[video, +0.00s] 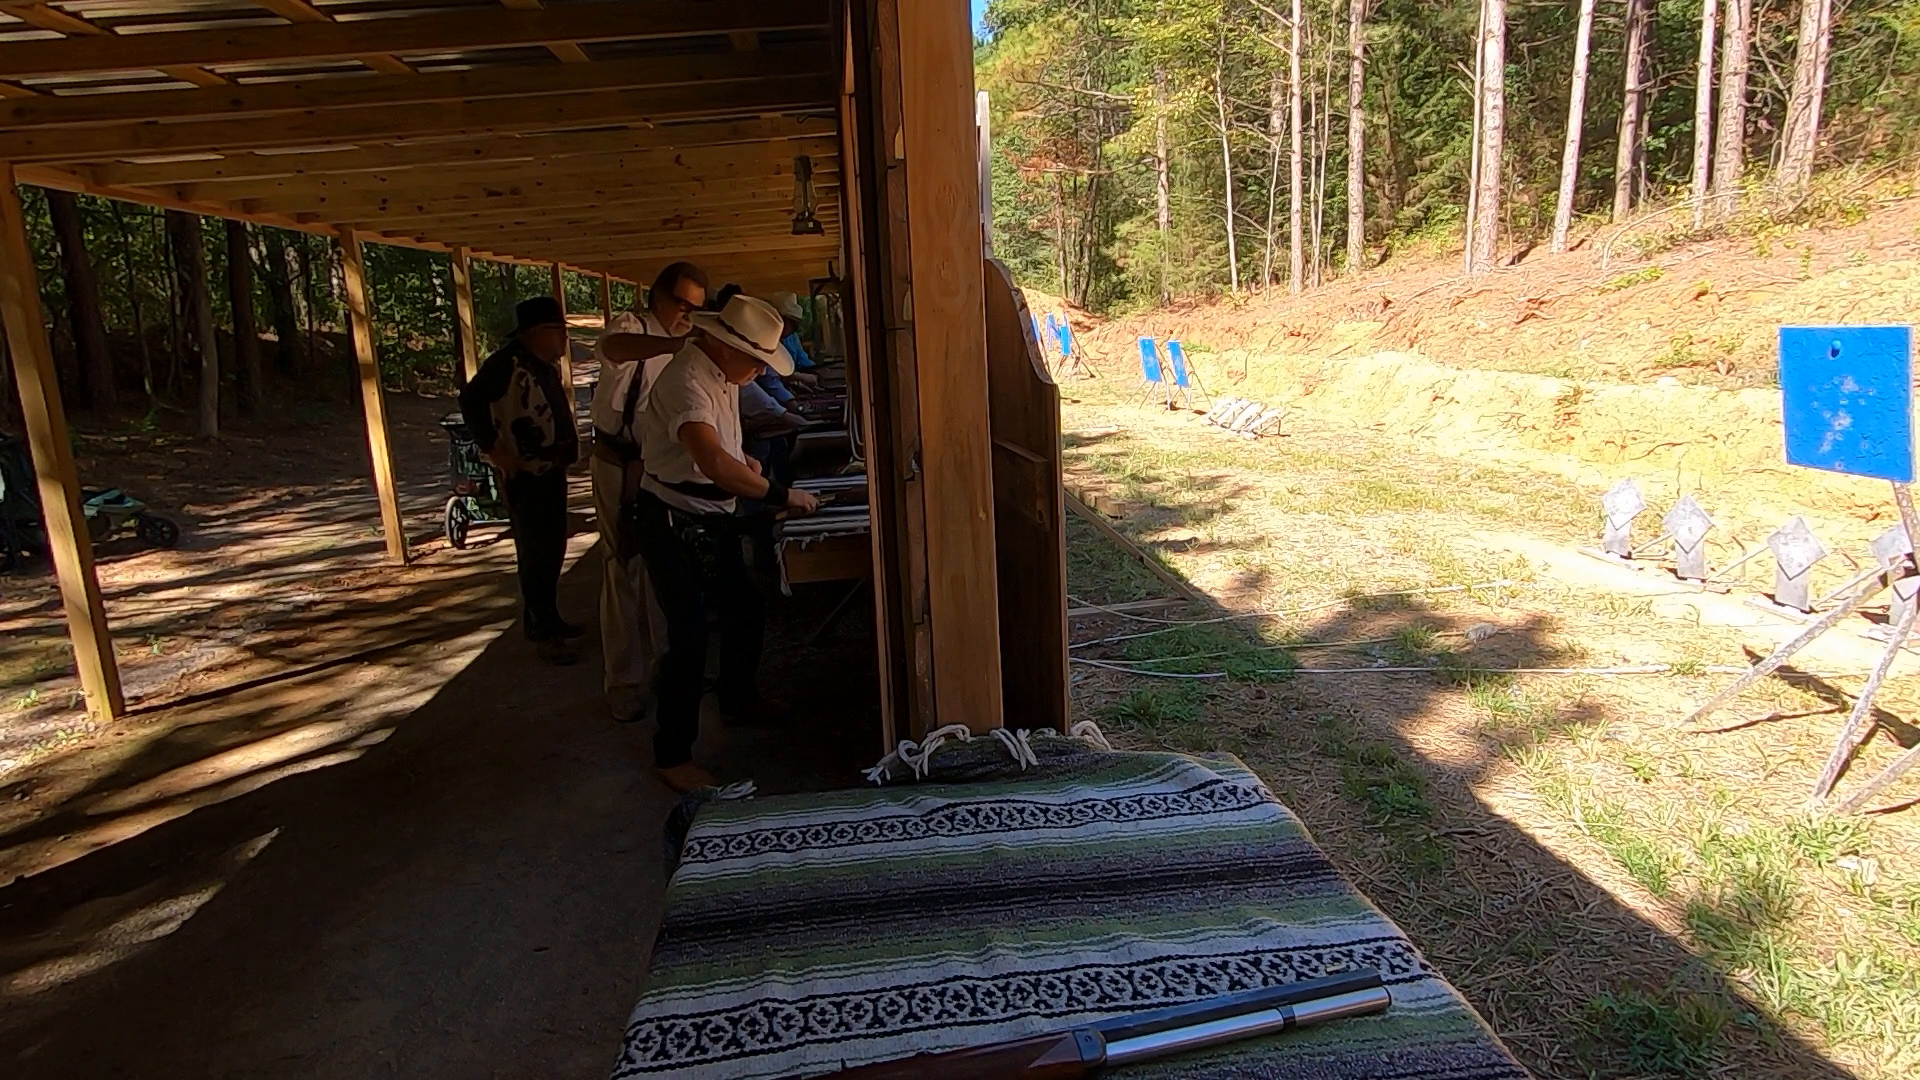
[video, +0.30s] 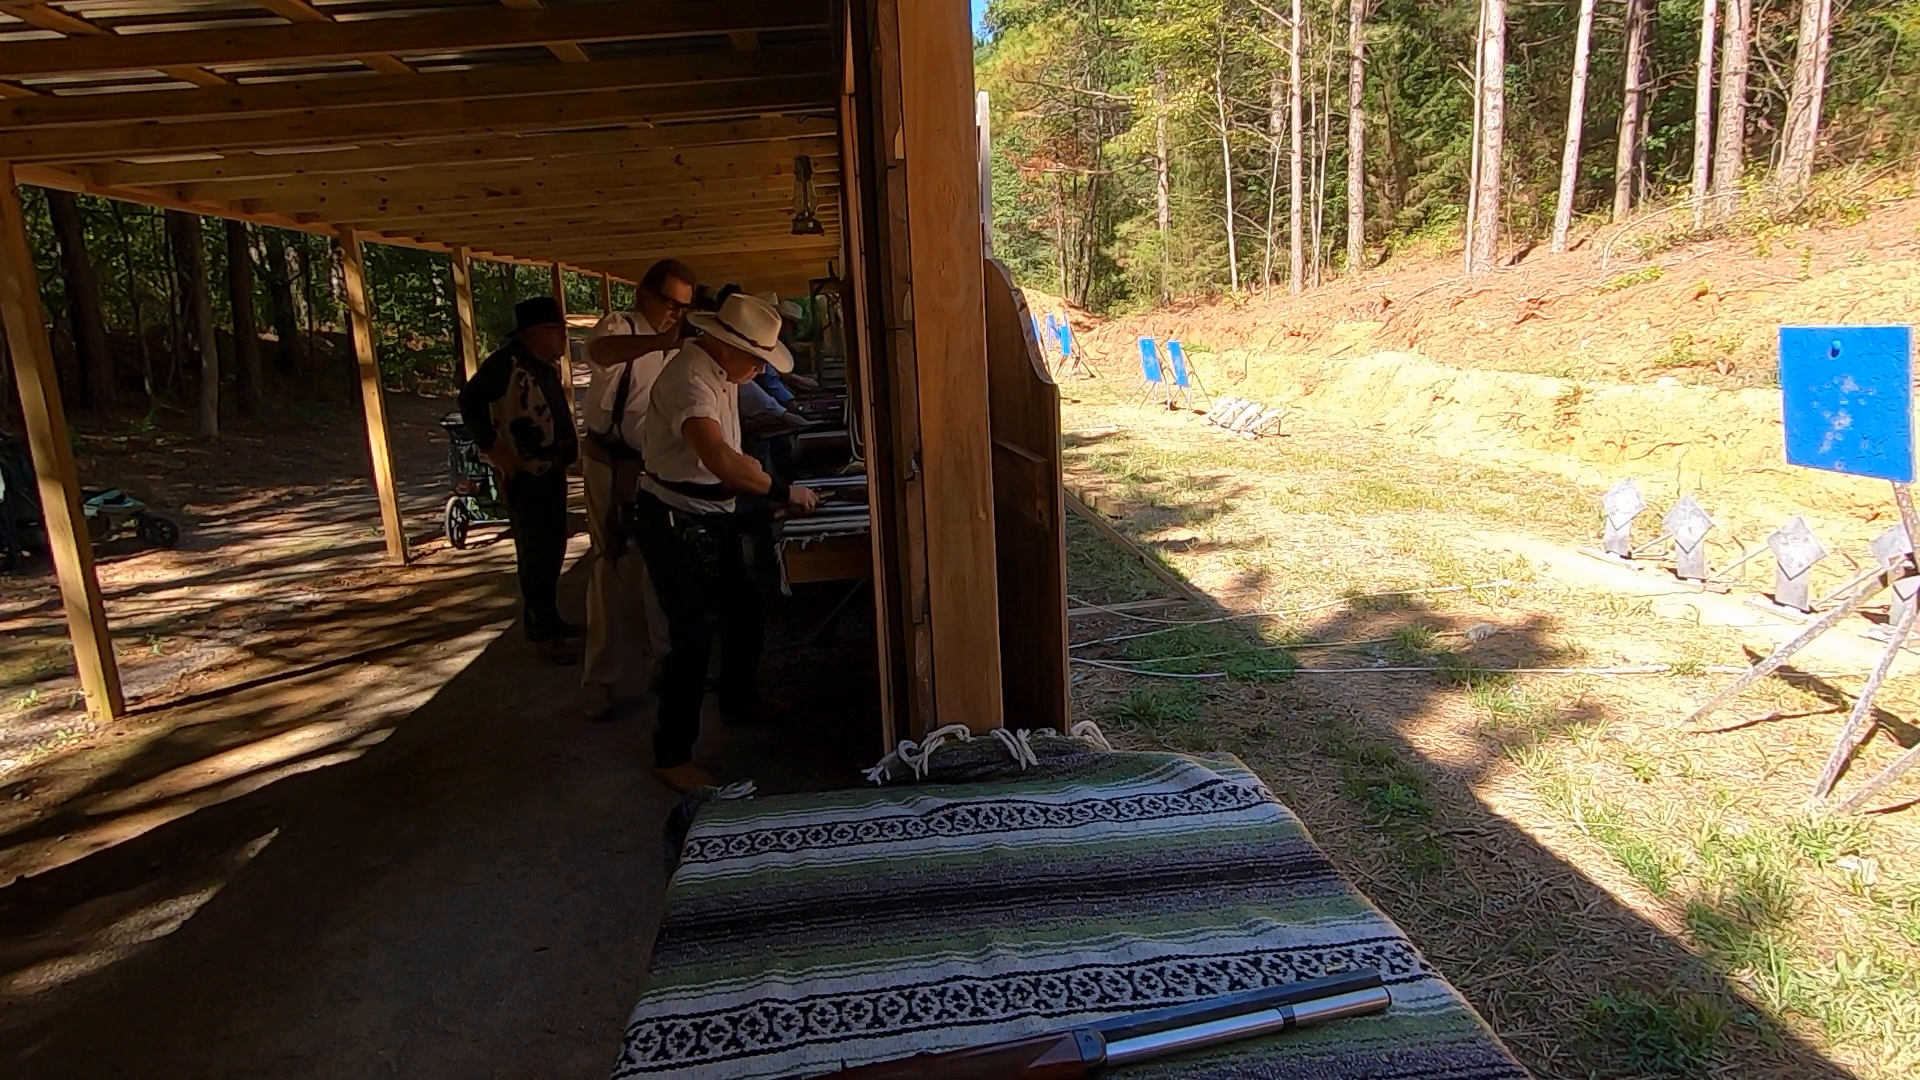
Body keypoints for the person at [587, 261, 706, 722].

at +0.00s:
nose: (687, 315)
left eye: (694, 309)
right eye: (682, 304)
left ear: (696, 310)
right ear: (657, 296)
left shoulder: (687, 344)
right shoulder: (630, 325)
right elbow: (610, 348)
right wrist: (676, 345)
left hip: (666, 462)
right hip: (617, 463)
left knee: (668, 564)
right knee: (624, 570)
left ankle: (669, 664)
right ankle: (623, 680)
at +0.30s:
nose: (675, 312)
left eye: (683, 307)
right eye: (669, 302)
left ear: (687, 308)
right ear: (643, 294)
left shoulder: (678, 341)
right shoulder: (619, 325)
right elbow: (597, 351)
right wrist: (662, 341)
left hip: (660, 459)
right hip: (609, 459)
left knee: (661, 564)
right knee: (612, 567)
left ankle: (668, 665)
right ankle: (600, 679)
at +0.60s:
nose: (636, 312)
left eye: (643, 303)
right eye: (627, 302)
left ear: (649, 303)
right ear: (601, 298)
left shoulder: (653, 344)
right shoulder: (575, 337)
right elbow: (537, 377)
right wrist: (607, 362)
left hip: (644, 473)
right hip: (584, 476)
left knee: (653, 580)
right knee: (569, 581)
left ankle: (670, 675)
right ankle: (545, 694)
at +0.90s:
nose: (568, 309)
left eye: (573, 300)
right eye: (557, 301)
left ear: (577, 301)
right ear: (528, 301)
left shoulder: (593, 354)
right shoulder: (499, 357)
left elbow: (614, 419)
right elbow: (462, 428)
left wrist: (640, 469)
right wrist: (517, 433)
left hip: (591, 480)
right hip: (533, 486)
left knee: (632, 563)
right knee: (537, 586)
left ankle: (663, 659)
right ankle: (543, 696)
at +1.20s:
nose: (525, 307)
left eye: (530, 298)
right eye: (513, 300)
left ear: (536, 299)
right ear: (483, 301)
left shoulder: (558, 353)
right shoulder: (454, 360)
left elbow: (585, 421)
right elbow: (436, 432)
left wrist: (614, 475)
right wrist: (473, 454)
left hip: (560, 481)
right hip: (502, 489)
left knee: (587, 576)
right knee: (520, 591)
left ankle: (594, 690)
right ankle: (539, 697)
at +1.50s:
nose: (513, 311)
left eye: (518, 303)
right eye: (502, 303)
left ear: (522, 305)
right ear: (470, 306)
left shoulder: (547, 363)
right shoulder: (438, 365)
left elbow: (571, 433)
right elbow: (419, 441)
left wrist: (598, 496)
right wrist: (457, 457)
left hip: (537, 492)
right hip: (480, 496)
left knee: (531, 600)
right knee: (505, 603)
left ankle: (513, 724)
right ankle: (543, 688)